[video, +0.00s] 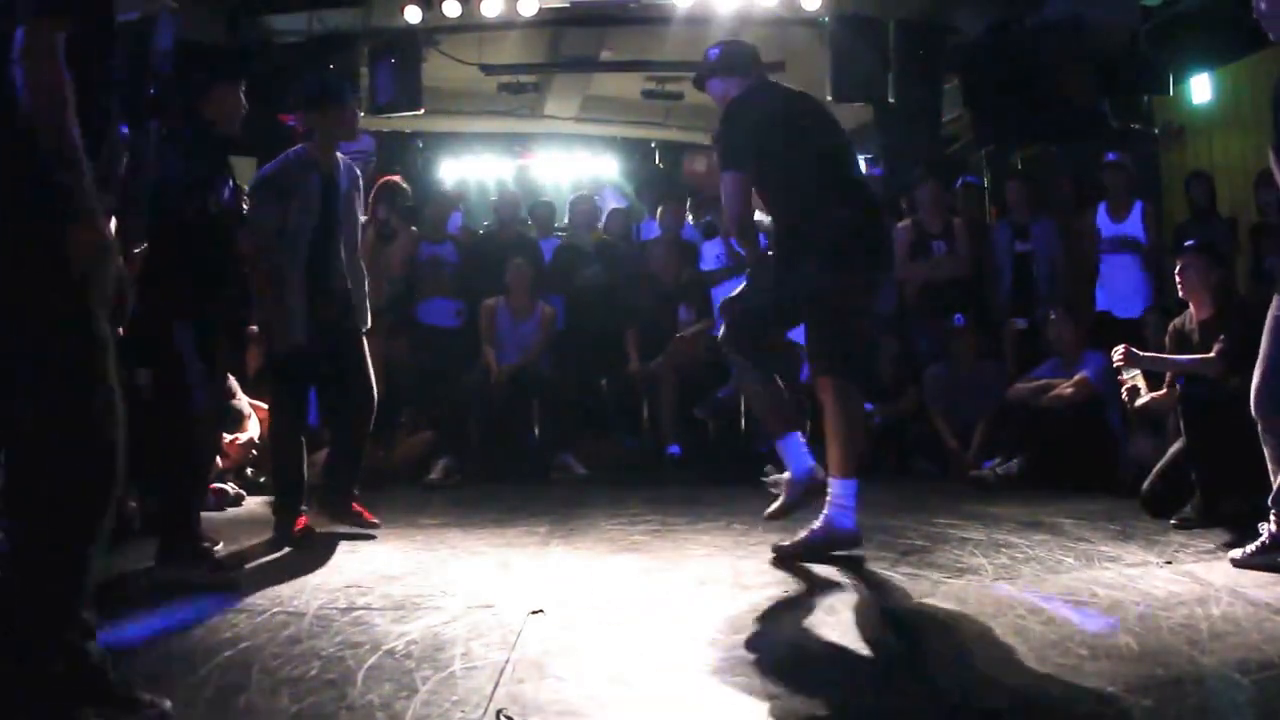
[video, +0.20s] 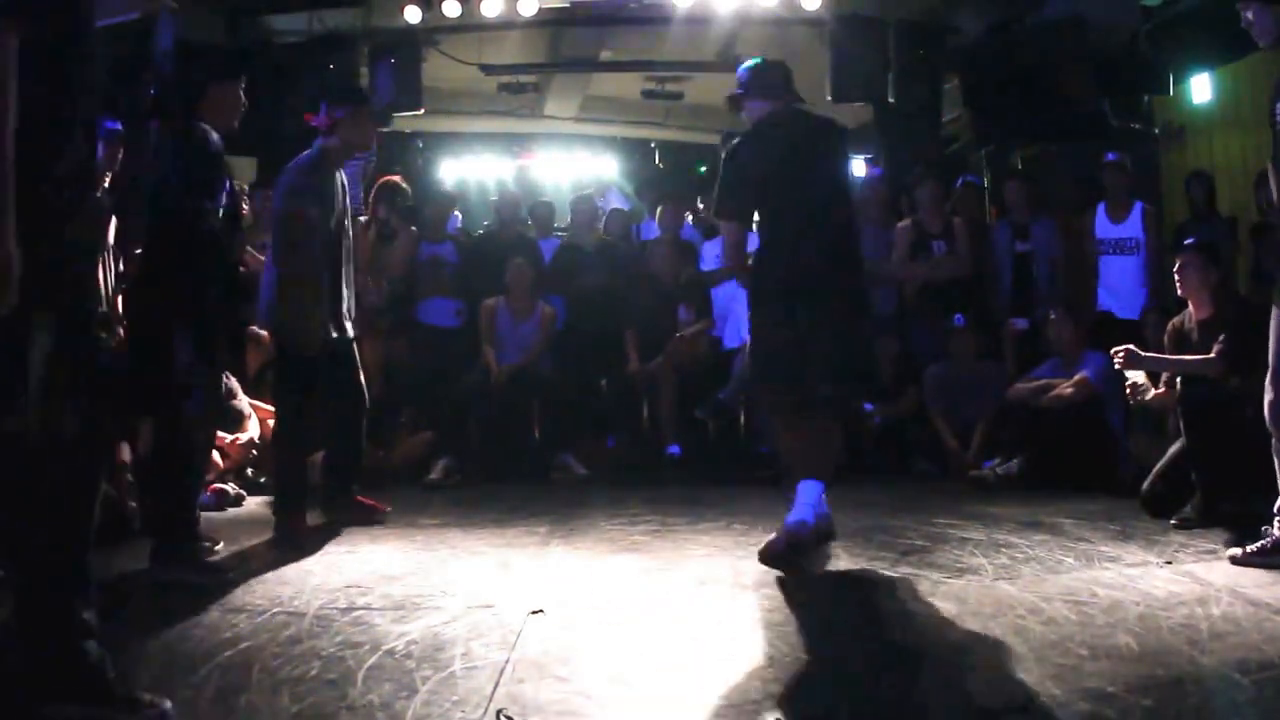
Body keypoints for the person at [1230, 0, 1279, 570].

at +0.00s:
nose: (1258, 15)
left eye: (1260, 9)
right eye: (1257, 10)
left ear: (1271, 10)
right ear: (1265, 14)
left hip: (1278, 283)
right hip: (1276, 283)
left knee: (1265, 399)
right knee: (1263, 398)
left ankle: (1277, 521)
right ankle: (1275, 520)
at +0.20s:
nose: (1246, 23)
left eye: (1250, 13)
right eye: (1245, 14)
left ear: (1269, 13)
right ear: (1259, 17)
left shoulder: (1275, 90)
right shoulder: (1272, 88)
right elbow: (1268, 192)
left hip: (1278, 281)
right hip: (1273, 280)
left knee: (1273, 398)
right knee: (1271, 398)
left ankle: (1279, 525)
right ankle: (1276, 524)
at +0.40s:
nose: (1227, 29)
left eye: (1231, 16)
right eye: (1225, 19)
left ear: (1259, 14)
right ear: (1248, 21)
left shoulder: (1271, 103)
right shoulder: (1265, 102)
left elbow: (1264, 191)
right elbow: (1260, 187)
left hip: (1276, 278)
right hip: (1269, 276)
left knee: (1274, 403)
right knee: (1271, 402)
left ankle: (1279, 525)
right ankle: (1276, 522)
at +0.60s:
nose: (1213, 43)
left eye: (1220, 31)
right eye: (1209, 33)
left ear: (1249, 34)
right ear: (1232, 42)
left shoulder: (1264, 109)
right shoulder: (1248, 111)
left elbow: (1247, 191)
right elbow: (1238, 185)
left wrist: (1249, 208)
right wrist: (1251, 210)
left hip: (1271, 275)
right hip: (1261, 274)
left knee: (1271, 405)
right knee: (1267, 404)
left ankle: (1279, 528)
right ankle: (1276, 524)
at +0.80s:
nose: (1205, 60)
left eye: (1210, 49)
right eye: (1202, 50)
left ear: (1234, 45)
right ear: (1225, 51)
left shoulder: (1257, 113)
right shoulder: (1236, 115)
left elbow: (1249, 202)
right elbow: (1215, 192)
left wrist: (1226, 207)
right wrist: (1235, 213)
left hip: (1269, 273)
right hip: (1253, 272)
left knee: (1270, 393)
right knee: (1262, 392)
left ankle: (1278, 523)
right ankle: (1273, 518)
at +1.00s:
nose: (1200, 63)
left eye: (1206, 50)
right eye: (1196, 53)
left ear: (1234, 46)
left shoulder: (1260, 113)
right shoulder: (1229, 123)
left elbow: (1231, 206)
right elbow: (1208, 203)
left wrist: (1227, 212)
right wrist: (1234, 216)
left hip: (1270, 283)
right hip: (1259, 283)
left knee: (1271, 404)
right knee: (1268, 404)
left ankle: (1279, 526)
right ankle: (1276, 522)